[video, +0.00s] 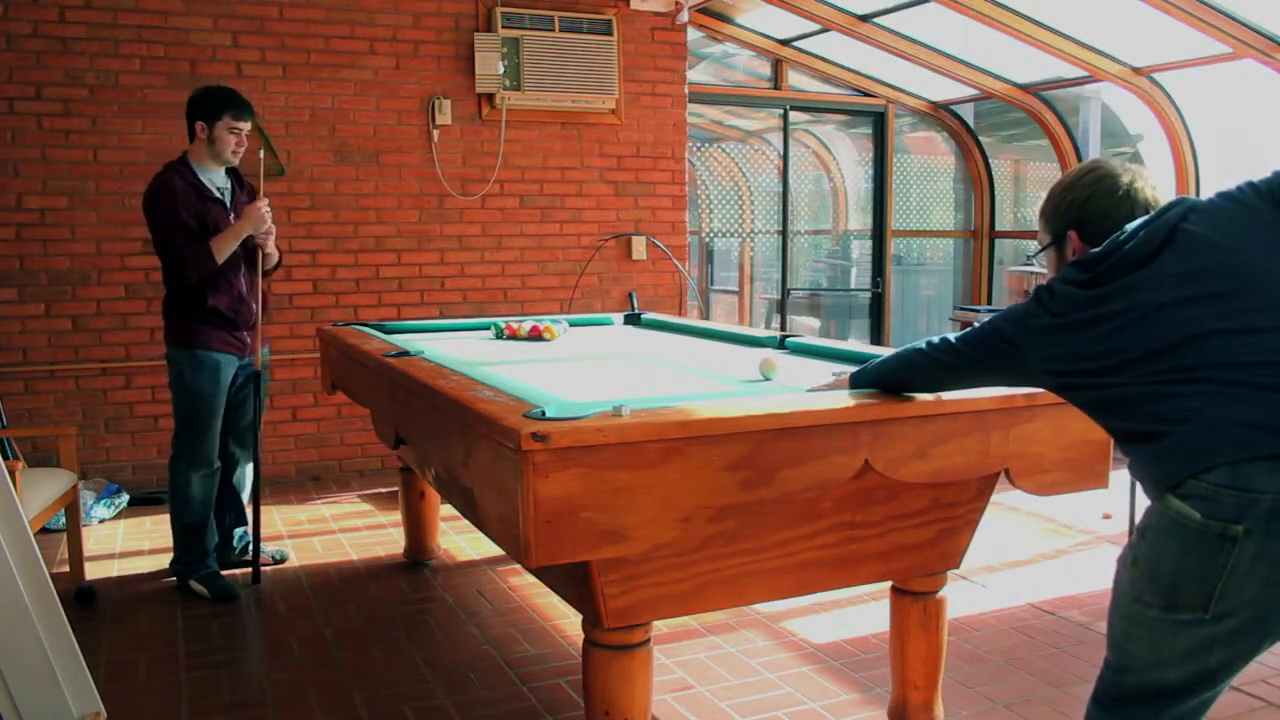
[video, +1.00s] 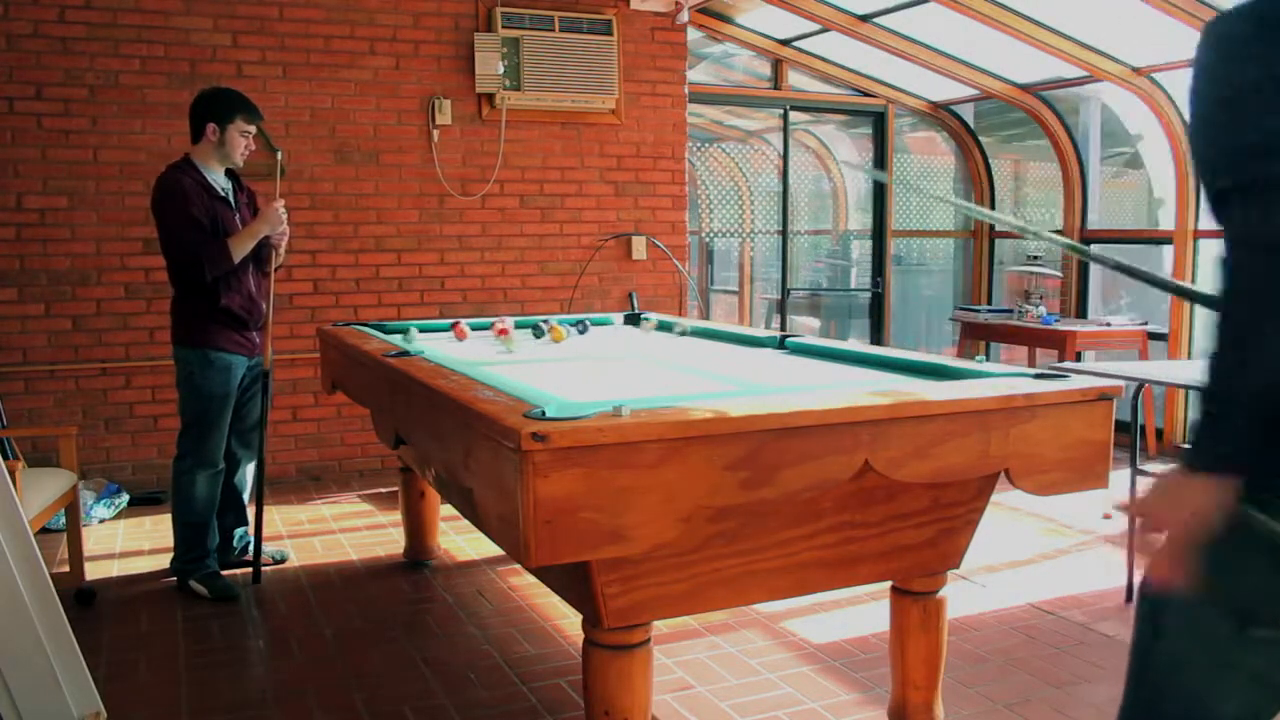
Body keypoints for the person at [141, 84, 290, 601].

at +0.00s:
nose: (243, 141)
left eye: (247, 132)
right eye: (234, 131)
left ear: (246, 137)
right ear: (202, 130)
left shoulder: (239, 188)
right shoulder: (168, 189)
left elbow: (263, 267)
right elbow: (188, 267)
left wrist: (268, 248)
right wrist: (243, 227)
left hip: (243, 340)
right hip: (199, 342)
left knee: (237, 452)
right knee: (199, 457)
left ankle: (231, 545)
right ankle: (193, 564)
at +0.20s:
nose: (249, 143)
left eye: (253, 134)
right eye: (240, 132)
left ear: (252, 138)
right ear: (208, 130)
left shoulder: (243, 188)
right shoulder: (172, 188)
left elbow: (269, 267)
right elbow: (190, 267)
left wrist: (272, 249)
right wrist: (243, 227)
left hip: (249, 341)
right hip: (203, 342)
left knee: (238, 452)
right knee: (200, 457)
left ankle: (230, 545)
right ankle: (192, 565)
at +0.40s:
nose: (251, 143)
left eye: (255, 135)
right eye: (243, 133)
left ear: (254, 139)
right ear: (211, 131)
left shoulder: (245, 188)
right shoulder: (175, 188)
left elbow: (268, 269)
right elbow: (195, 265)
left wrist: (273, 248)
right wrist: (247, 227)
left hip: (252, 340)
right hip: (206, 342)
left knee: (240, 452)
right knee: (201, 457)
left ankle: (230, 544)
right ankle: (192, 565)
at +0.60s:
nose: (252, 144)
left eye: (255, 135)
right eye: (244, 133)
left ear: (244, 138)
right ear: (212, 131)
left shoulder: (244, 191)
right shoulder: (176, 187)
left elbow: (261, 269)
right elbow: (202, 262)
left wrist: (276, 248)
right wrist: (254, 226)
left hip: (252, 341)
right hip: (208, 342)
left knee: (241, 452)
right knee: (203, 457)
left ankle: (230, 545)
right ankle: (192, 564)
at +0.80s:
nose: (253, 145)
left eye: (255, 136)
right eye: (246, 134)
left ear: (227, 138)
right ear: (214, 132)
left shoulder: (244, 193)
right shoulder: (176, 187)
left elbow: (259, 270)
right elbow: (201, 265)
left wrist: (277, 248)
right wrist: (258, 228)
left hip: (250, 342)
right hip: (208, 343)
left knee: (241, 453)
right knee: (203, 457)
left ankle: (230, 545)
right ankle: (192, 564)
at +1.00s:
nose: (252, 144)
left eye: (254, 135)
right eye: (245, 133)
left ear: (225, 137)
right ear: (212, 131)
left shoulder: (241, 192)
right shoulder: (176, 185)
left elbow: (254, 268)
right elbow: (201, 266)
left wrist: (275, 248)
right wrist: (259, 228)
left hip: (248, 342)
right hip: (207, 343)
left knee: (240, 453)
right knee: (203, 457)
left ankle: (230, 545)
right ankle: (192, 564)